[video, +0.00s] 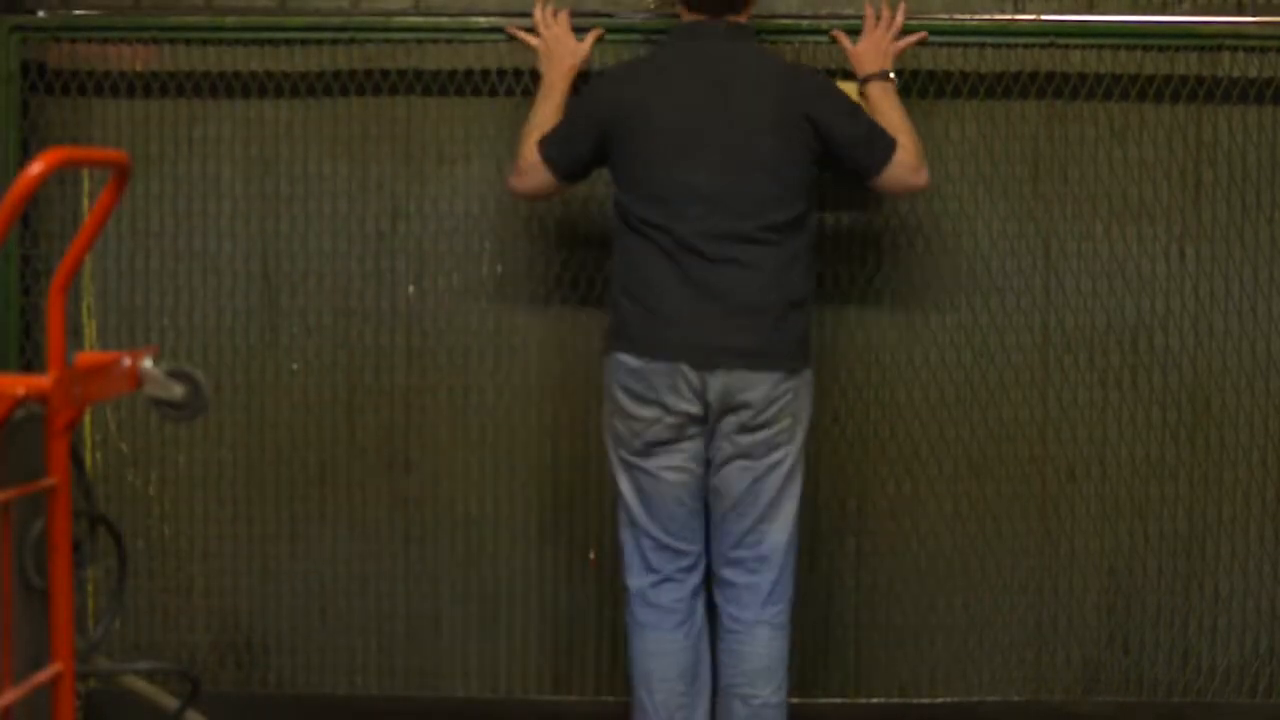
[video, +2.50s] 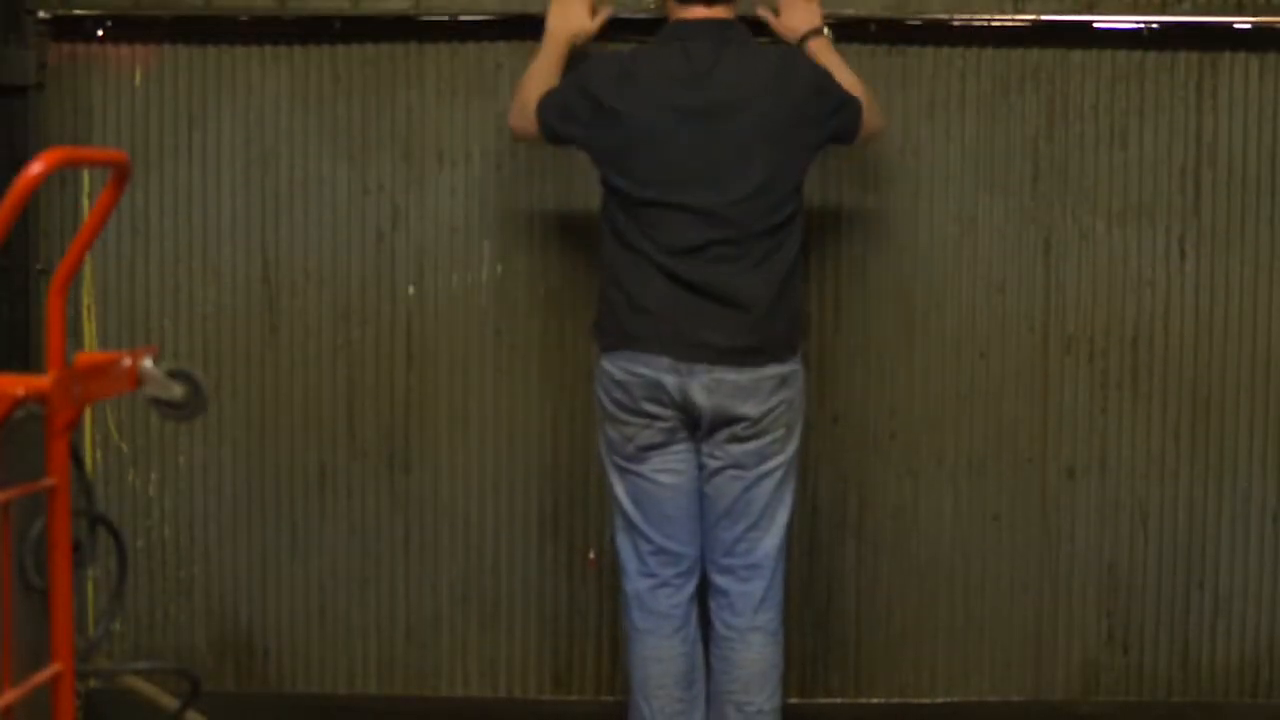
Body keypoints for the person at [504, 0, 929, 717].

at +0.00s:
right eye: (748, 2)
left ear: (677, 4)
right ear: (752, 6)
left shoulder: (628, 87)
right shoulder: (795, 89)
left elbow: (528, 174)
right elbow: (908, 170)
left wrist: (556, 74)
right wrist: (876, 76)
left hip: (651, 353)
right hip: (765, 357)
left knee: (663, 574)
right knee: (754, 576)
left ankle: (670, 717)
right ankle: (753, 715)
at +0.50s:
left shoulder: (629, 65)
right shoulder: (802, 64)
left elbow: (516, 16)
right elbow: (920, 16)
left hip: (653, 337)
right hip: (764, 343)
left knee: (663, 571)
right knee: (755, 574)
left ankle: (668, 714)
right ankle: (754, 713)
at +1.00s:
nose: (655, 18)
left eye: (655, 13)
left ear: (661, 14)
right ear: (735, 20)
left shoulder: (619, 103)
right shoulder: (786, 105)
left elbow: (603, 253)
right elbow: (801, 258)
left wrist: (590, 374)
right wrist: (814, 376)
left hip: (637, 346)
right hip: (754, 356)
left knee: (655, 582)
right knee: (746, 585)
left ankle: (666, 717)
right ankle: (745, 716)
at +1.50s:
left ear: (660, 7)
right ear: (740, 7)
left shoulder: (605, 90)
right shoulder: (793, 93)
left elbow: (584, 243)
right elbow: (814, 254)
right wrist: (833, 216)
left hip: (636, 367)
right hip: (752, 371)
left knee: (654, 583)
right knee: (744, 584)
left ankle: (665, 716)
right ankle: (745, 714)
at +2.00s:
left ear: (664, 10)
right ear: (741, 11)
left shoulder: (620, 83)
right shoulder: (781, 88)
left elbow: (543, 96)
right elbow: (863, 106)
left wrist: (583, 1)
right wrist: (843, 11)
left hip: (638, 358)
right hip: (750, 363)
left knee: (656, 579)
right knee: (744, 580)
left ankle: (666, 714)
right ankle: (744, 713)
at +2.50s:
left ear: (665, 1)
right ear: (740, 2)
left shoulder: (620, 77)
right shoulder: (785, 76)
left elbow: (528, 114)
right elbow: (863, 117)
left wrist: (557, 38)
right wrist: (813, 38)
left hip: (639, 355)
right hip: (753, 361)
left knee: (658, 581)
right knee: (746, 584)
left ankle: (664, 715)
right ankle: (744, 716)